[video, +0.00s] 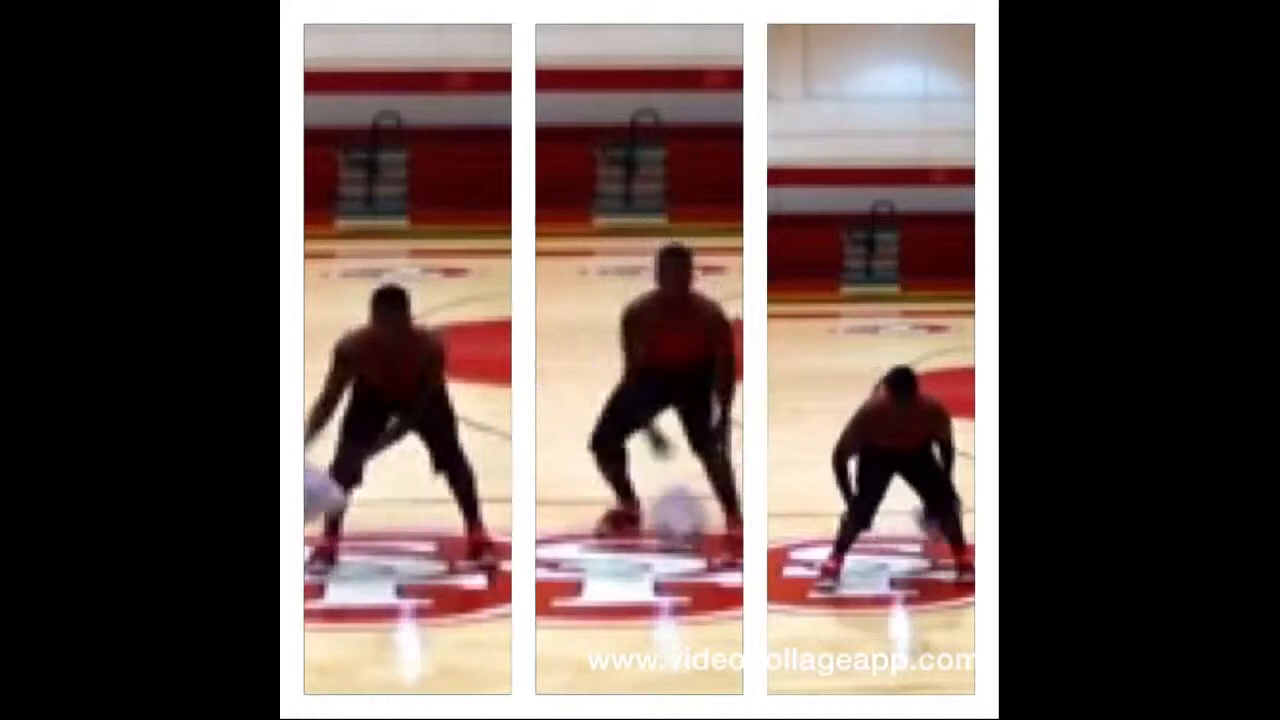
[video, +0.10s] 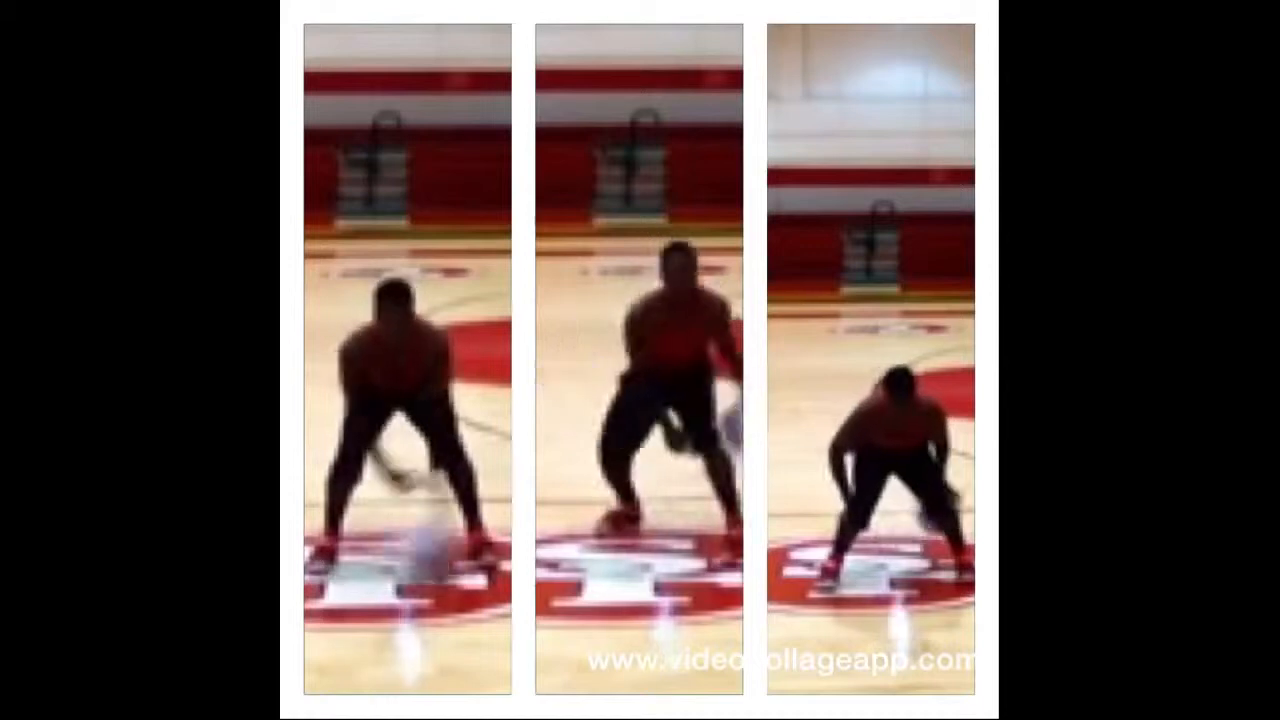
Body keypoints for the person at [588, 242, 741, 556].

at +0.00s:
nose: (676, 282)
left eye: (681, 274)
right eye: (669, 275)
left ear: (691, 275)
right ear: (658, 276)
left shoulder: (709, 315)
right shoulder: (637, 315)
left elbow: (725, 370)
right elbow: (633, 376)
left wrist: (723, 417)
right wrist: (648, 427)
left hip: (694, 386)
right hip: (649, 385)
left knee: (709, 447)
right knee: (605, 442)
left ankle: (734, 517)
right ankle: (628, 507)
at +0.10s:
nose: (679, 278)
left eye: (685, 270)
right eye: (673, 271)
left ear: (696, 271)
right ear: (662, 273)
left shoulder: (711, 308)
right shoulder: (642, 314)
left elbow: (728, 351)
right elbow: (642, 374)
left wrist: (745, 383)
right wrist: (662, 420)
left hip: (693, 383)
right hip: (648, 383)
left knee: (708, 444)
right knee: (612, 451)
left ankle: (734, 517)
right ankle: (629, 508)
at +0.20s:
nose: (683, 268)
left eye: (689, 260)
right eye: (676, 261)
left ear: (700, 260)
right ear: (666, 263)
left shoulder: (716, 286)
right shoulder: (650, 303)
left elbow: (744, 311)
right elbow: (624, 354)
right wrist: (628, 395)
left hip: (694, 364)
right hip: (649, 367)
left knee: (719, 437)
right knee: (626, 439)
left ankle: (736, 509)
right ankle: (627, 499)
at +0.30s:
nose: (684, 270)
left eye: (690, 262)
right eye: (677, 263)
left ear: (700, 261)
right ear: (667, 264)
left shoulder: (720, 288)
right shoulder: (647, 303)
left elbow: (754, 318)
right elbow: (617, 355)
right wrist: (611, 409)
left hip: (700, 360)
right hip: (655, 365)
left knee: (736, 425)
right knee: (641, 433)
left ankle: (721, 492)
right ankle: (631, 506)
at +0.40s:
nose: (680, 279)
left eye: (686, 270)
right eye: (673, 271)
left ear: (697, 270)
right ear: (663, 272)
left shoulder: (718, 308)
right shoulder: (647, 314)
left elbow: (734, 351)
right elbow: (628, 370)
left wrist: (732, 392)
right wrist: (627, 421)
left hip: (707, 373)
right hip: (665, 377)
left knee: (739, 428)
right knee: (658, 444)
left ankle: (723, 497)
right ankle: (644, 521)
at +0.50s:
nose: (678, 281)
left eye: (684, 274)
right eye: (672, 274)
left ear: (695, 274)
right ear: (663, 275)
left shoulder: (715, 313)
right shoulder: (647, 315)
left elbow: (726, 363)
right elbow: (634, 364)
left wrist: (734, 400)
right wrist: (626, 413)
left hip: (711, 383)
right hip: (670, 386)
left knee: (741, 444)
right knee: (664, 445)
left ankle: (720, 497)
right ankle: (643, 521)